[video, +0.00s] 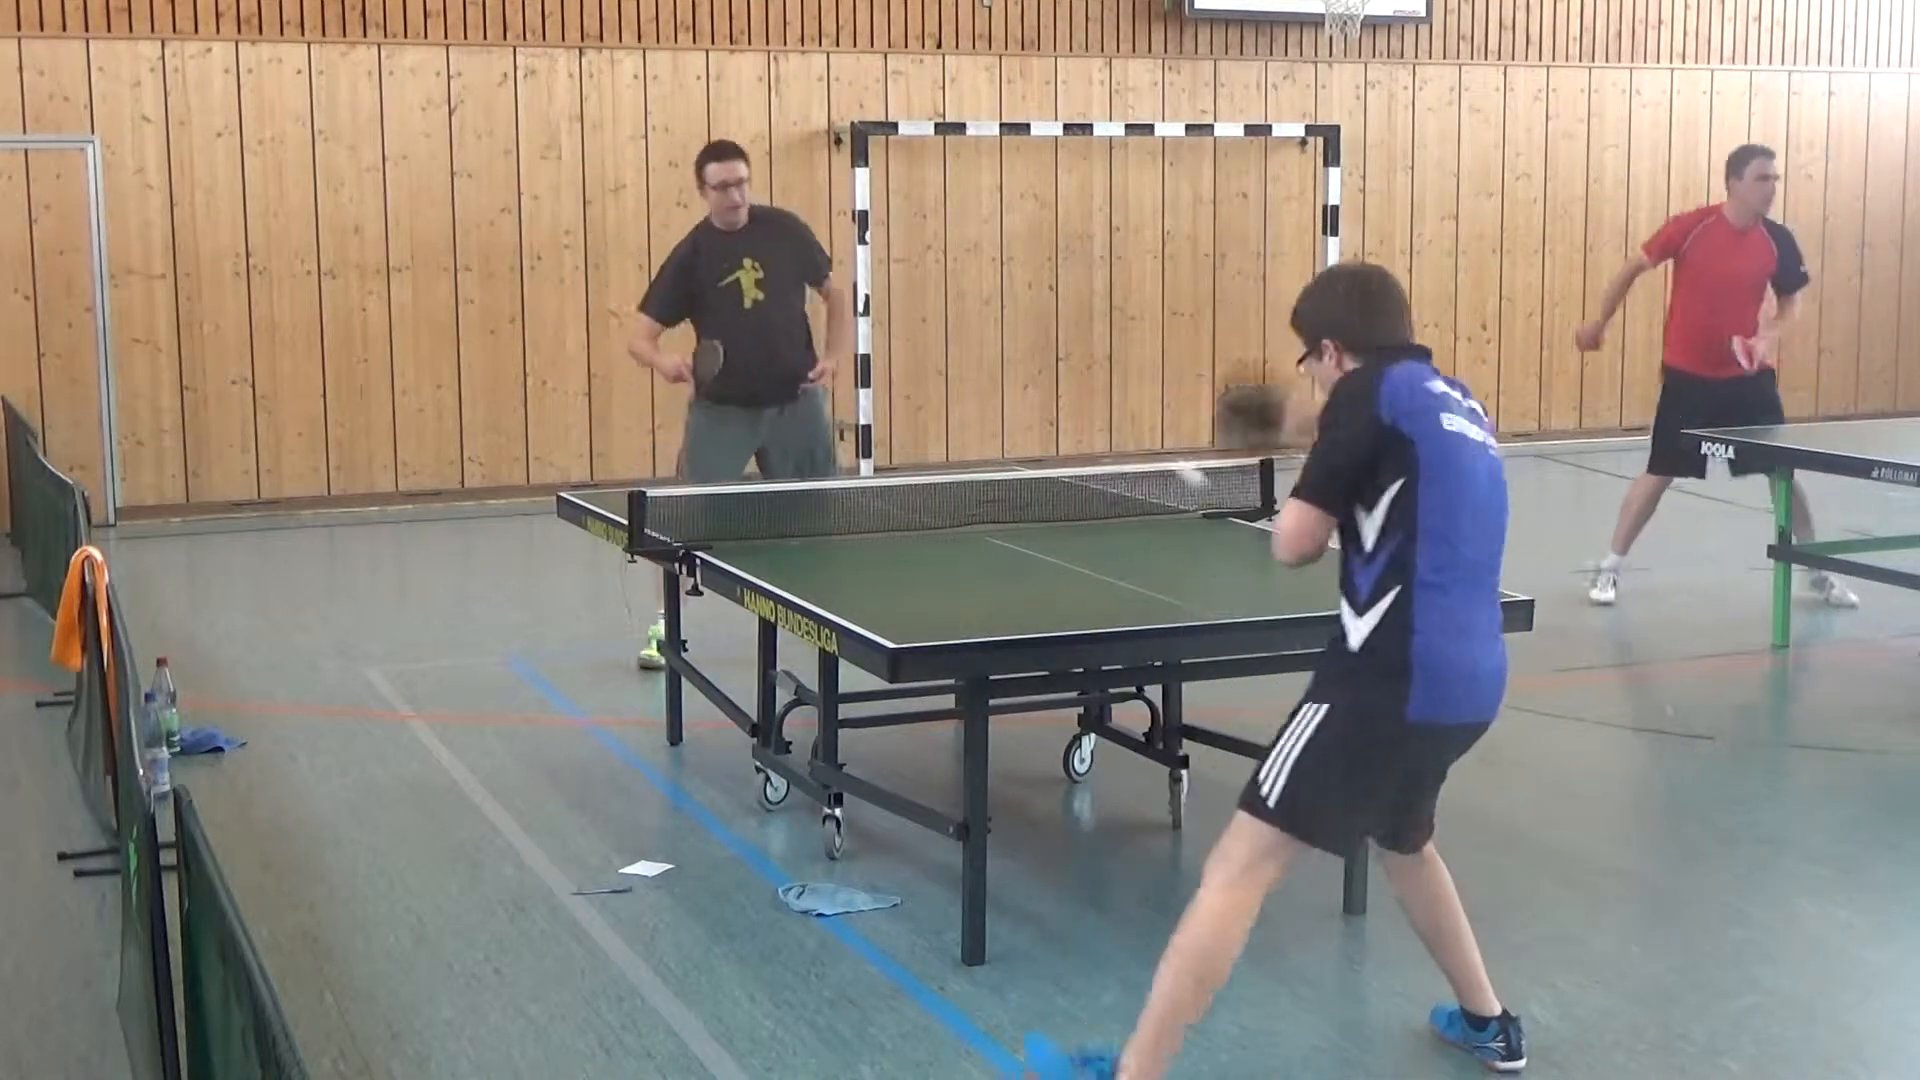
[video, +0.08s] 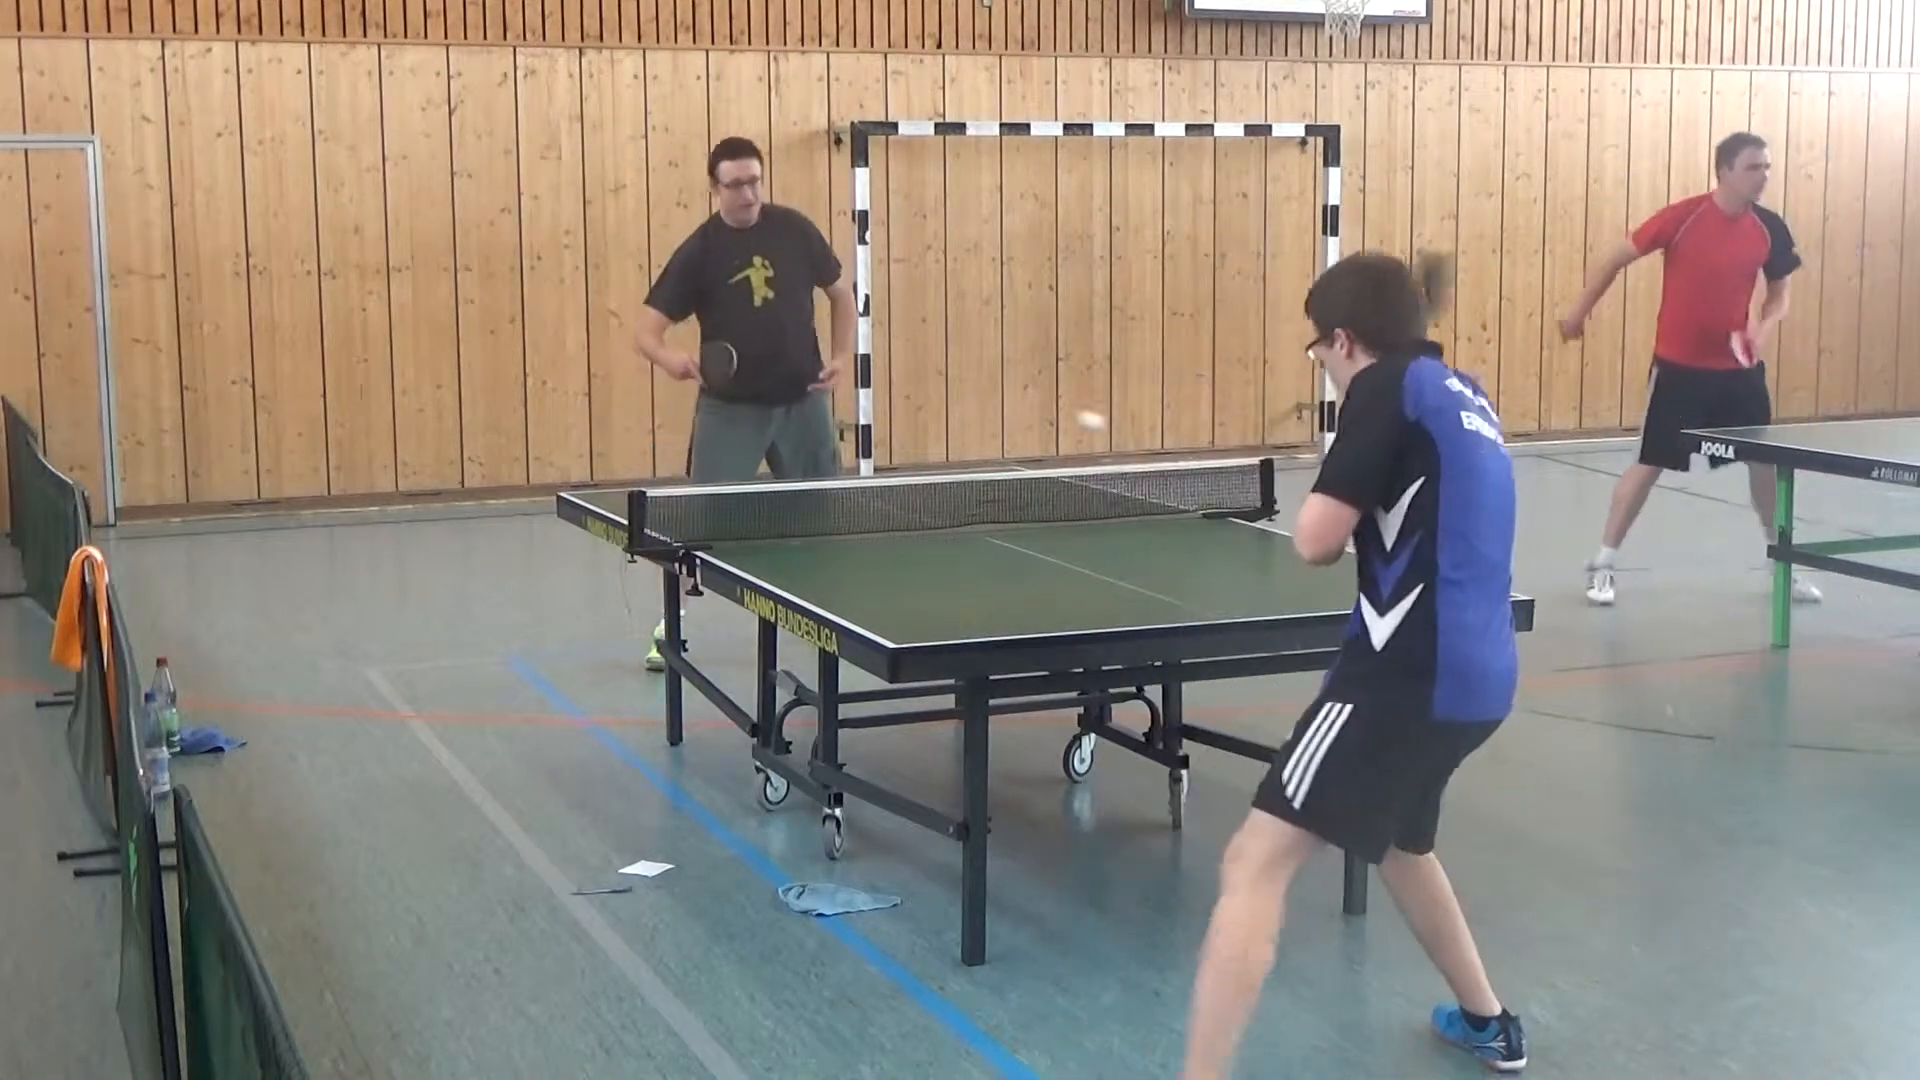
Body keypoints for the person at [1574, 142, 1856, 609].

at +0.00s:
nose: (1773, 188)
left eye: (1776, 180)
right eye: (1764, 179)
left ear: (1771, 185)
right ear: (1734, 183)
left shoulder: (1777, 241)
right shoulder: (1688, 227)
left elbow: (1790, 301)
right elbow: (1633, 268)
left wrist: (1771, 335)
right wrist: (1599, 323)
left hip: (1750, 380)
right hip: (1689, 380)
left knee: (1783, 474)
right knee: (1659, 473)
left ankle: (1817, 570)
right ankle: (1610, 567)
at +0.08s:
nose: (1764, 176)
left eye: (1766, 168)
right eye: (1754, 168)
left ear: (1765, 173)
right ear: (1724, 171)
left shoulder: (1769, 229)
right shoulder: (1681, 218)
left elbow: (1778, 294)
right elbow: (1617, 258)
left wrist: (1762, 327)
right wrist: (1579, 312)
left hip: (1741, 371)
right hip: (1679, 369)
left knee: (1765, 461)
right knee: (1651, 463)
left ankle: (1782, 562)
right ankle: (1603, 562)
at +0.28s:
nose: (1743, 187)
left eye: (1745, 180)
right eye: (1733, 180)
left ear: (1745, 183)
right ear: (1704, 183)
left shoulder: (1748, 240)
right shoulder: (1667, 231)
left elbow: (1754, 311)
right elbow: (1602, 276)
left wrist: (1742, 353)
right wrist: (1555, 328)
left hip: (1723, 383)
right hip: (1666, 381)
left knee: (1745, 471)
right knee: (1629, 477)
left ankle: (1728, 563)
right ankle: (1557, 560)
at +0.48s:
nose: (1742, 207)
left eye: (1744, 199)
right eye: (1735, 197)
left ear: (1722, 203)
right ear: (1706, 196)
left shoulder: (1714, 260)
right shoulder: (1664, 235)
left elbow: (1719, 325)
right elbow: (1609, 280)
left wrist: (1785, 354)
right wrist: (1566, 342)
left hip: (1692, 391)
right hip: (1641, 385)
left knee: (1727, 476)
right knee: (1614, 485)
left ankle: (1724, 564)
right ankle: (1542, 559)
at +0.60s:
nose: (1748, 193)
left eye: (1749, 186)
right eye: (1741, 184)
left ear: (1735, 192)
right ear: (1711, 185)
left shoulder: (1735, 255)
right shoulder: (1672, 218)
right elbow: (1608, 259)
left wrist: (1845, 353)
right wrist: (1562, 315)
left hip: (1686, 374)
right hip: (1634, 365)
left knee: (1709, 463)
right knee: (1602, 465)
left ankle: (1704, 563)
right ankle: (1528, 562)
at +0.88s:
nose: (1729, 167)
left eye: (1730, 160)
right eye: (1718, 160)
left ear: (1729, 169)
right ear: (1691, 169)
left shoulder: (1733, 236)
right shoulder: (1652, 214)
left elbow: (1758, 304)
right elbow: (1595, 262)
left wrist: (1787, 366)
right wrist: (1553, 314)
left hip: (1695, 371)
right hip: (1640, 365)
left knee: (1704, 467)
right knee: (1613, 462)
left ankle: (1704, 563)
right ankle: (1565, 563)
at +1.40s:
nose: (1719, 158)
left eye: (1719, 151)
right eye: (1707, 151)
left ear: (1716, 162)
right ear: (1680, 164)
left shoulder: (1727, 225)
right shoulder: (1653, 217)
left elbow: (1733, 299)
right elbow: (1620, 286)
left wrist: (1736, 359)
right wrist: (1614, 353)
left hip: (1710, 369)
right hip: (1659, 366)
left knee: (1716, 463)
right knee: (1628, 460)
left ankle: (1694, 565)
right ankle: (1567, 555)